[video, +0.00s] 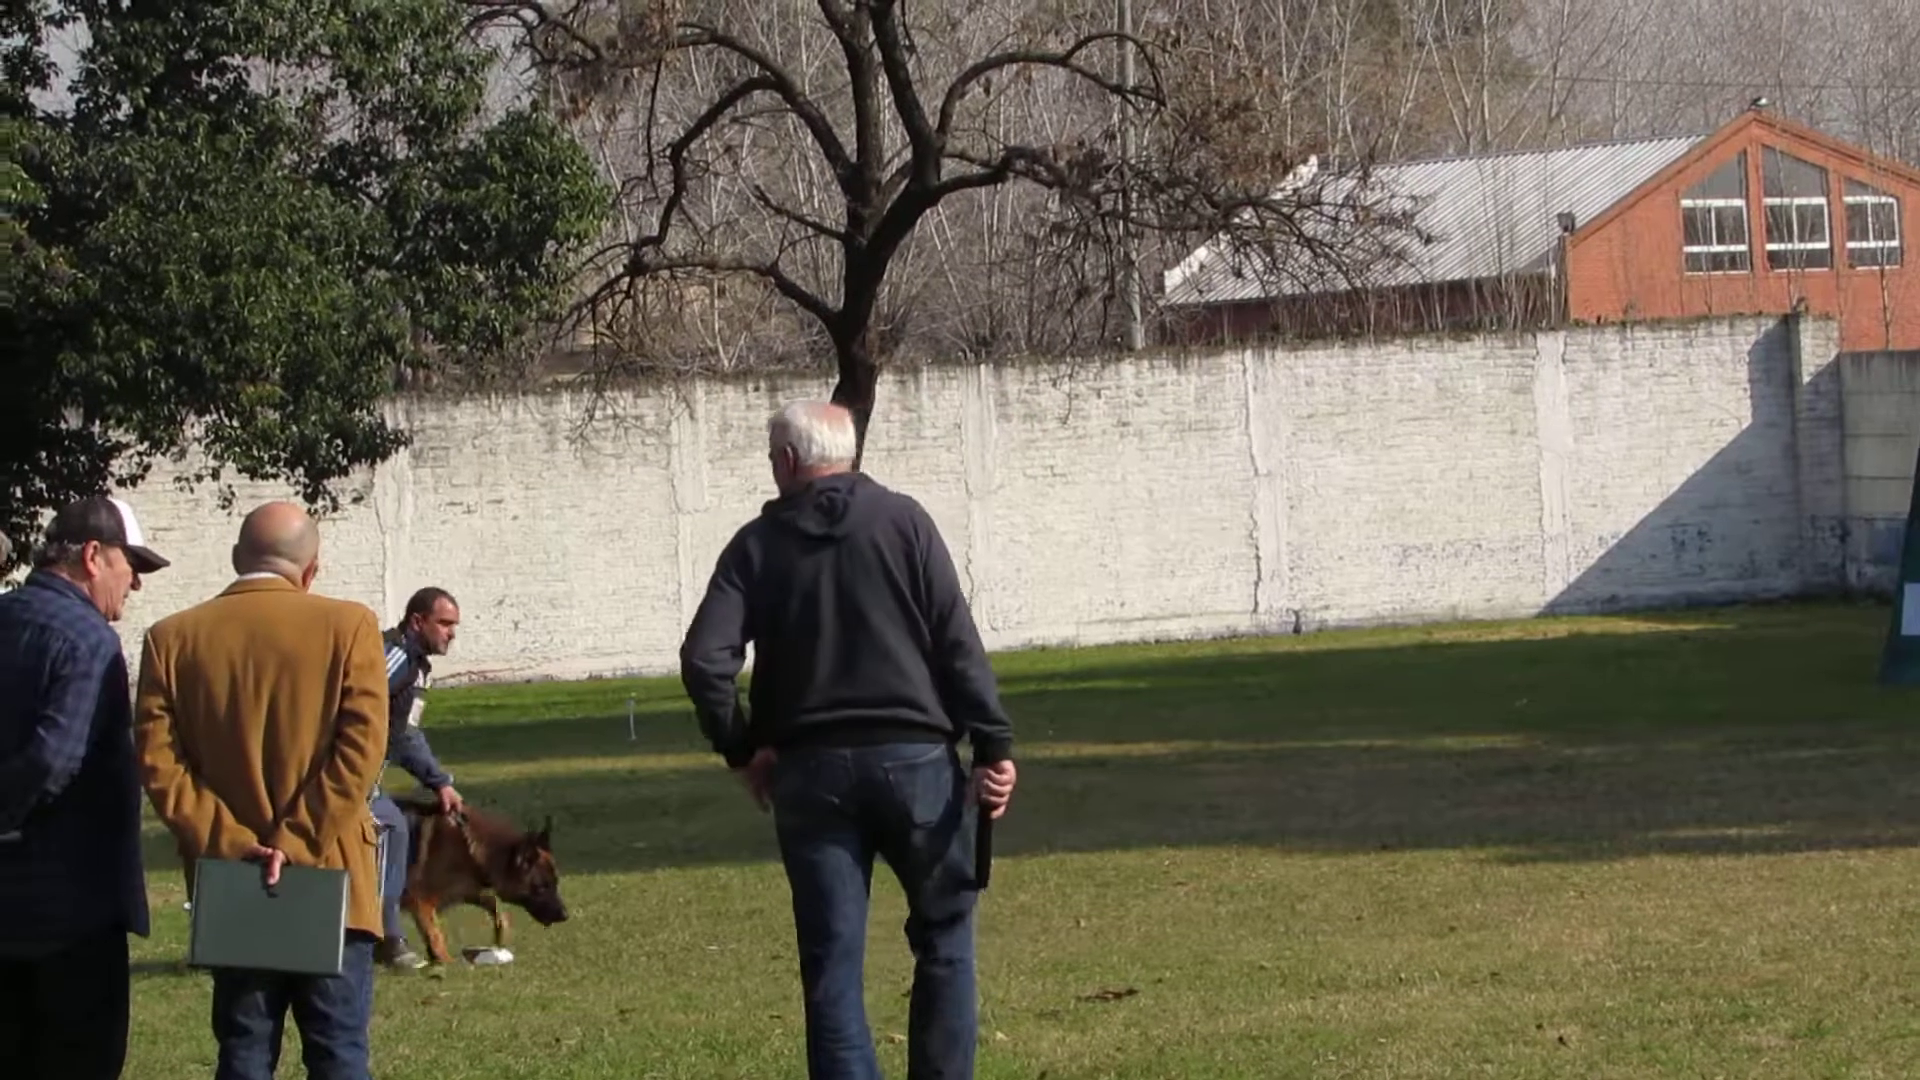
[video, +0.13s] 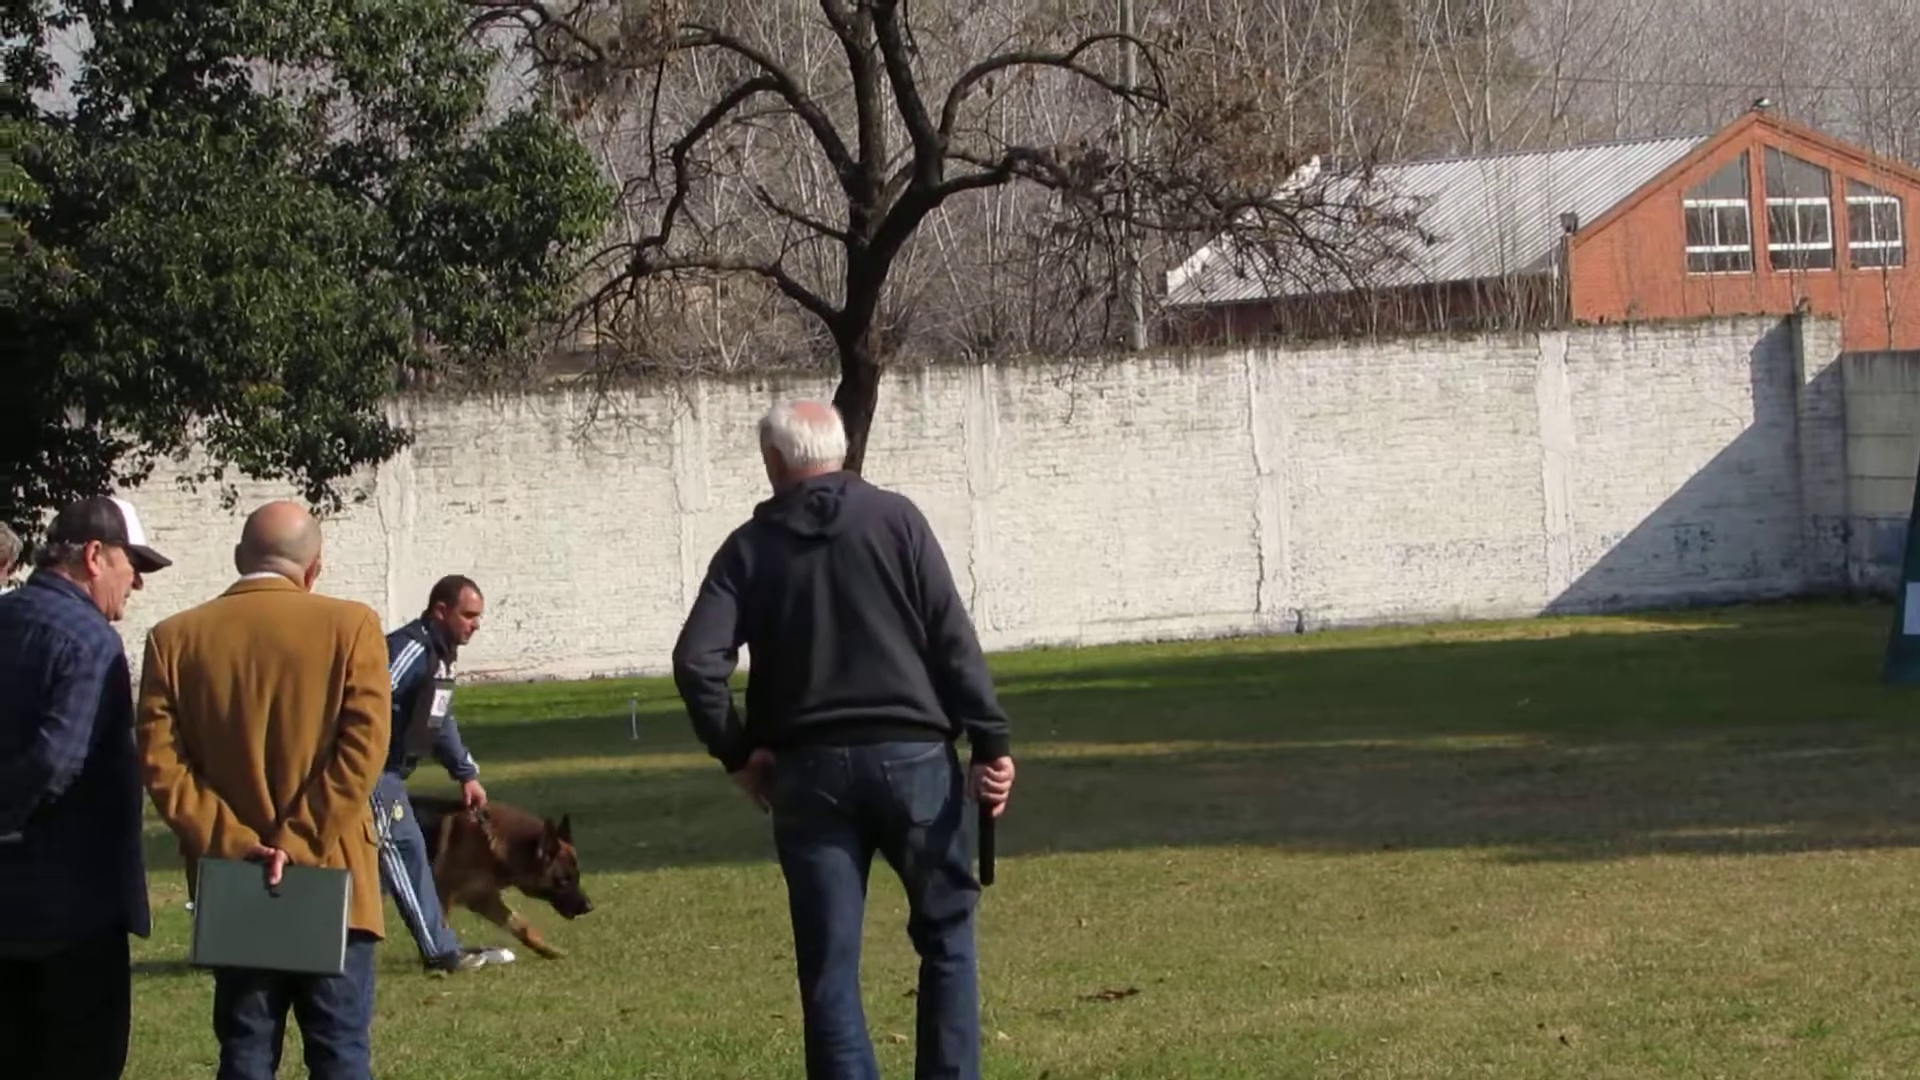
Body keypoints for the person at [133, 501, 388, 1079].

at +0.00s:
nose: (317, 570)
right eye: (316, 561)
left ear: (237, 558)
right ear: (308, 567)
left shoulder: (171, 638)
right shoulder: (350, 625)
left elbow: (159, 767)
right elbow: (361, 752)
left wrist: (236, 846)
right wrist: (293, 840)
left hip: (230, 896)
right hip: (335, 893)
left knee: (243, 1051)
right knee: (339, 1051)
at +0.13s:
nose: (319, 568)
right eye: (318, 560)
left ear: (240, 558)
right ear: (311, 567)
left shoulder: (173, 638)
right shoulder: (353, 625)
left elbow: (161, 767)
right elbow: (363, 752)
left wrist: (238, 846)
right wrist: (296, 840)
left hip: (232, 898)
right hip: (339, 894)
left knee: (245, 1052)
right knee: (341, 1050)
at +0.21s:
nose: (308, 570)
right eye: (308, 561)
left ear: (228, 559)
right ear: (300, 567)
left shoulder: (163, 638)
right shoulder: (343, 626)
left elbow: (151, 767)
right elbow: (354, 751)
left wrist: (230, 846)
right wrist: (287, 840)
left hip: (225, 897)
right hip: (331, 893)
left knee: (239, 1051)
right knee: (335, 1050)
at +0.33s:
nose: (313, 570)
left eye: (311, 561)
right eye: (312, 562)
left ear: (233, 560)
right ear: (303, 567)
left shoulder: (169, 639)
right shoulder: (347, 626)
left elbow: (157, 768)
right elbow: (359, 754)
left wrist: (236, 846)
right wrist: (292, 842)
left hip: (231, 898)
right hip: (336, 894)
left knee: (245, 1051)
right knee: (340, 1050)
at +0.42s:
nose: (315, 569)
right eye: (314, 560)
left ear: (235, 558)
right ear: (306, 566)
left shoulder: (170, 638)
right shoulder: (350, 625)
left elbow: (159, 767)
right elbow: (360, 750)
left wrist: (237, 847)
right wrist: (294, 841)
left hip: (232, 900)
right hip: (337, 896)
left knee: (245, 1054)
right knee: (341, 1052)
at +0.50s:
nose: (315, 565)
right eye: (315, 557)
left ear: (236, 556)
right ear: (307, 563)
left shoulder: (170, 636)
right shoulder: (349, 623)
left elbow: (159, 766)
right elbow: (359, 749)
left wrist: (237, 845)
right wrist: (294, 839)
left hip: (232, 896)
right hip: (337, 892)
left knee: (246, 1049)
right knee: (341, 1047)